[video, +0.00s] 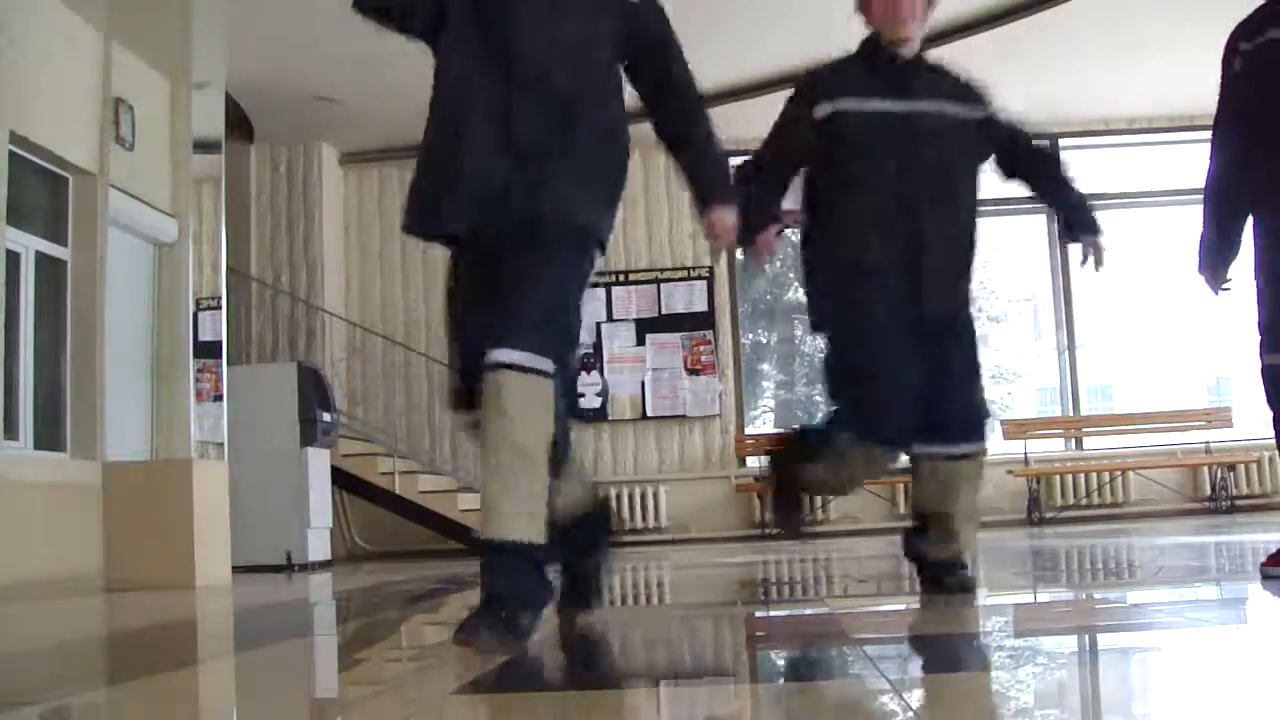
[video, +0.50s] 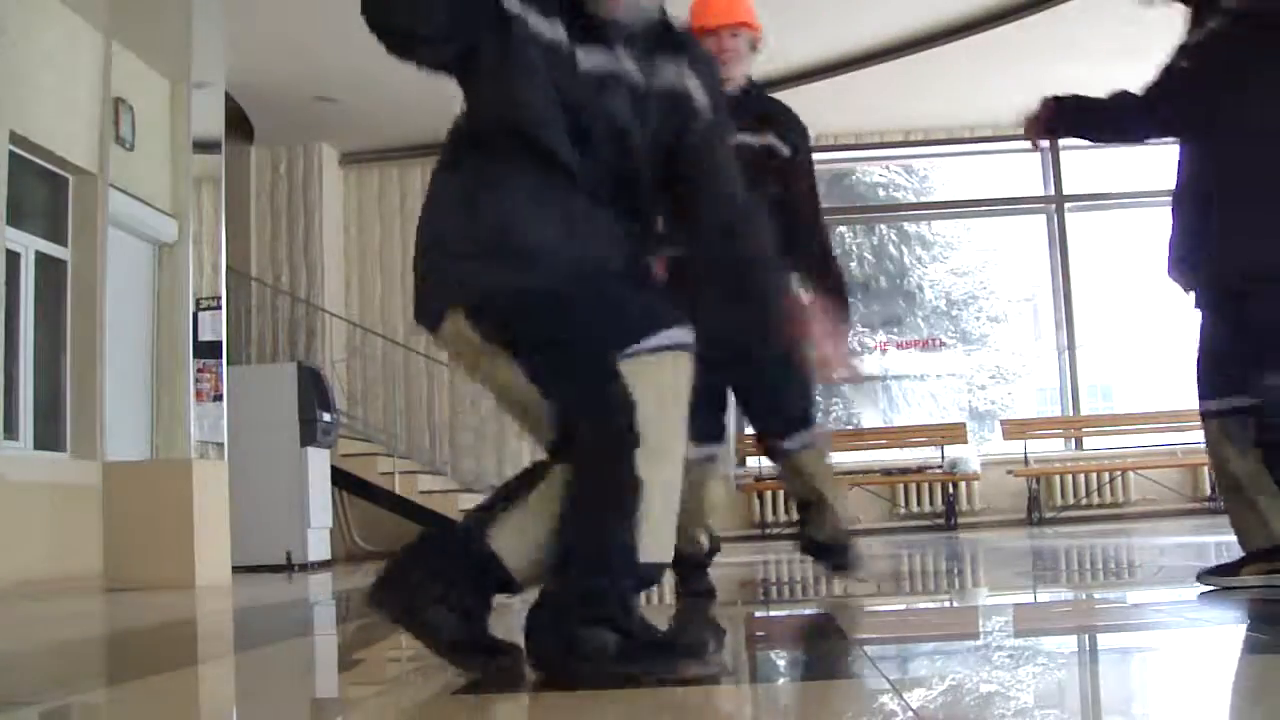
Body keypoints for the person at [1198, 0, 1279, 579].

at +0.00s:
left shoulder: (1255, 36)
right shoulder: (1252, 35)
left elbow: (1233, 154)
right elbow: (1232, 152)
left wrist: (1216, 251)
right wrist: (1218, 250)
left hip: (1277, 269)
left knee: (1279, 404)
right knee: (1278, 405)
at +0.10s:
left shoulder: (1245, 40)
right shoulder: (1243, 39)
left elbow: (1227, 159)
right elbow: (1227, 157)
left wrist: (1216, 255)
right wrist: (1218, 253)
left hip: (1273, 262)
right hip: (1267, 261)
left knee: (1279, 402)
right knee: (1276, 401)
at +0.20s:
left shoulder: (1244, 48)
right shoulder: (1230, 45)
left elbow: (1252, 149)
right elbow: (1220, 154)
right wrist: (1212, 248)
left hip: (1271, 248)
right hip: (1261, 249)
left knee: (1273, 386)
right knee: (1269, 385)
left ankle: (1275, 529)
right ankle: (1274, 527)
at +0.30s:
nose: (1241, 1)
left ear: (1264, 2)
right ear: (1249, 3)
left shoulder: (1244, 51)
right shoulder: (1228, 49)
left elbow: (1223, 144)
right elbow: (1213, 145)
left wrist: (1151, 142)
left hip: (1267, 249)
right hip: (1258, 248)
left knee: (1266, 390)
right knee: (1265, 389)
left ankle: (1270, 541)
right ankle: (1269, 541)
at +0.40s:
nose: (1205, 2)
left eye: (1210, 1)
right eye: (1207, 4)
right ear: (1218, 3)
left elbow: (1208, 126)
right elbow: (1201, 127)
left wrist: (1103, 131)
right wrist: (1103, 130)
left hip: (1269, 267)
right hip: (1259, 265)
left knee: (1241, 401)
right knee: (1238, 401)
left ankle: (1267, 548)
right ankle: (1264, 548)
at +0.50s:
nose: (1178, 10)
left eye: (1182, 6)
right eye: (1181, 7)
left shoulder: (1227, 43)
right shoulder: (1248, 37)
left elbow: (1157, 112)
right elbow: (1160, 111)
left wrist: (1063, 113)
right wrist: (1071, 115)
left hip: (1245, 271)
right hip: (1253, 267)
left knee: (1226, 404)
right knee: (1236, 406)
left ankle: (1265, 547)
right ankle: (1264, 547)